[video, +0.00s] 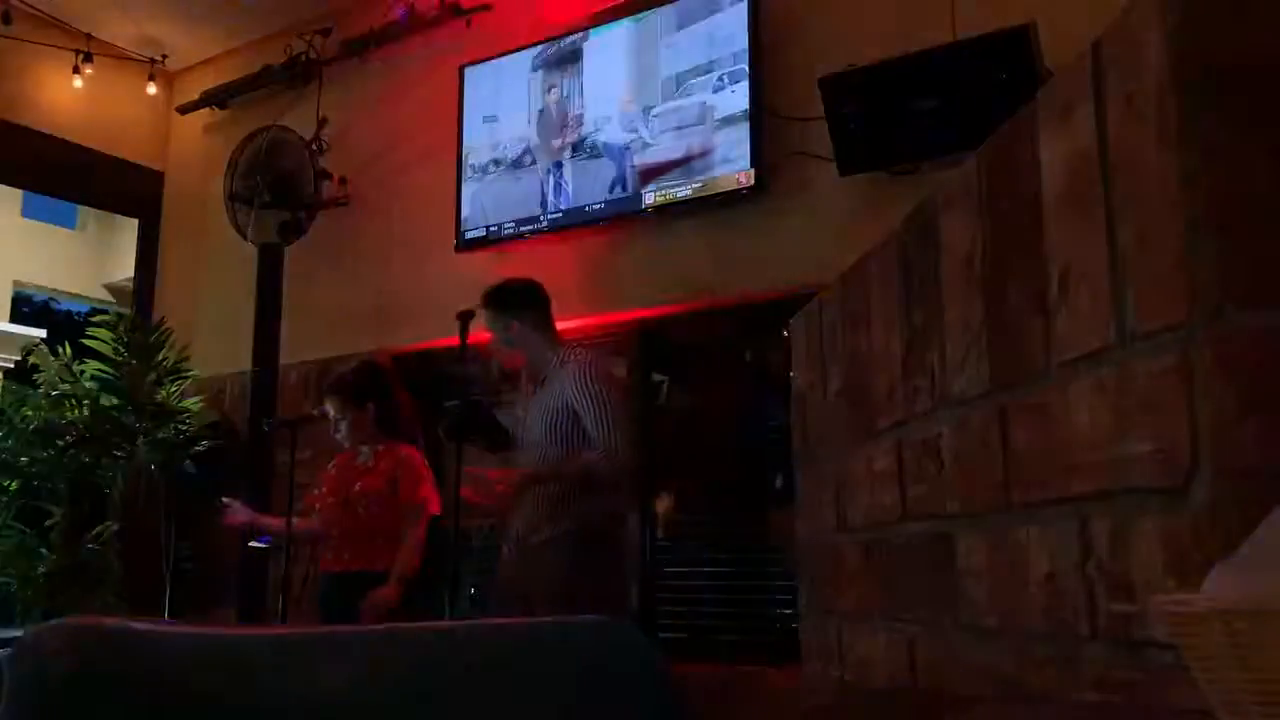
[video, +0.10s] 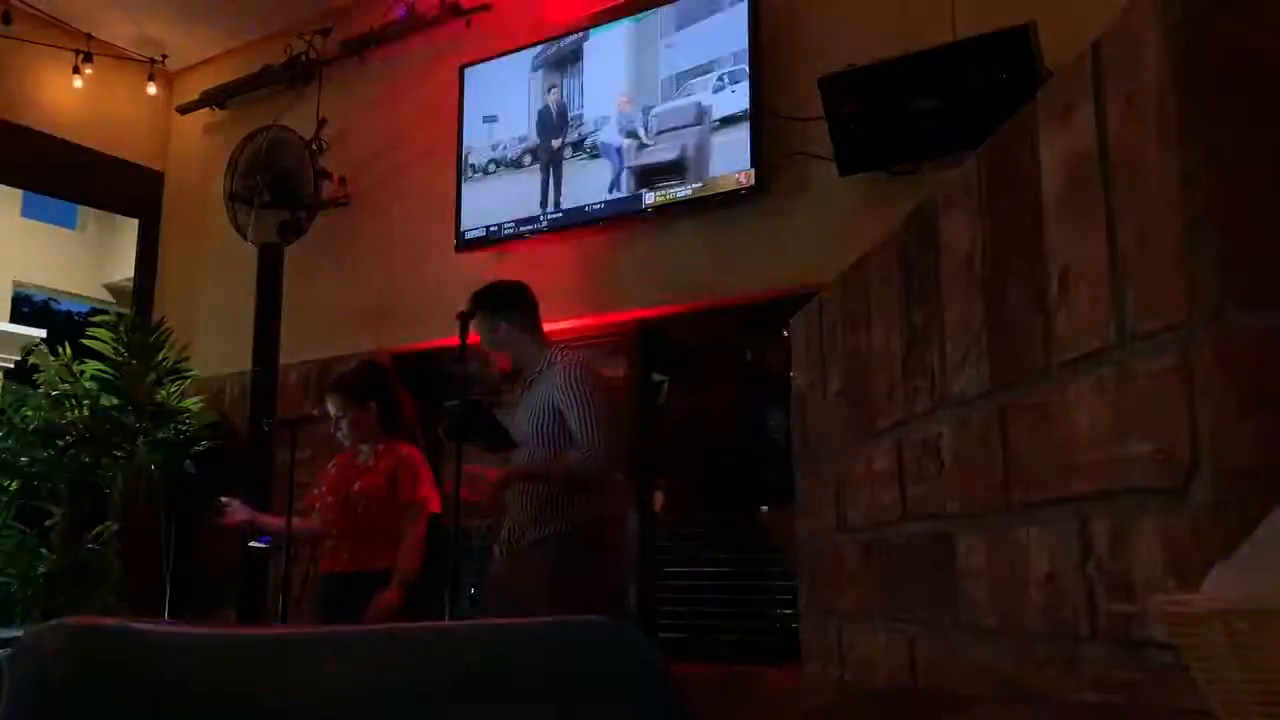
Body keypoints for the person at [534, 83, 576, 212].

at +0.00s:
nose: (556, 96)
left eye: (558, 93)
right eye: (553, 93)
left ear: (559, 94)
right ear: (547, 95)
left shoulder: (562, 109)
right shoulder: (543, 112)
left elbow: (567, 127)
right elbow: (541, 132)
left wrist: (563, 139)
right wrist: (550, 142)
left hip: (560, 148)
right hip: (547, 150)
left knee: (561, 177)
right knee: (548, 177)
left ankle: (562, 204)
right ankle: (547, 206)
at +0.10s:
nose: (556, 96)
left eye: (558, 93)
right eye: (554, 93)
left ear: (559, 95)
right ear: (548, 95)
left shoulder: (562, 109)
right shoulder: (542, 111)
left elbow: (565, 126)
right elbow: (540, 133)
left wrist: (561, 139)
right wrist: (550, 141)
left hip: (558, 148)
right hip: (545, 149)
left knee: (558, 179)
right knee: (545, 178)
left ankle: (557, 206)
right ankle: (543, 207)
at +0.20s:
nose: (556, 96)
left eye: (557, 93)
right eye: (553, 94)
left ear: (559, 95)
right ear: (548, 95)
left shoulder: (562, 109)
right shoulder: (542, 111)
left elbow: (565, 126)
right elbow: (539, 132)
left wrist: (561, 139)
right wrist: (550, 141)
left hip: (558, 148)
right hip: (546, 149)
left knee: (558, 179)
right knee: (545, 179)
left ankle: (557, 206)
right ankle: (543, 207)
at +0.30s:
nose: (556, 96)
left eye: (557, 93)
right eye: (554, 94)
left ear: (559, 95)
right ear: (548, 95)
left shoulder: (562, 110)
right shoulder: (542, 111)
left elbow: (565, 126)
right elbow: (539, 131)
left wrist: (561, 138)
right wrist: (550, 141)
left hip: (558, 147)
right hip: (546, 148)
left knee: (558, 179)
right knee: (545, 179)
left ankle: (557, 205)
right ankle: (543, 207)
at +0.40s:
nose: (556, 96)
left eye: (557, 93)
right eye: (554, 94)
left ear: (559, 95)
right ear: (548, 95)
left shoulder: (562, 110)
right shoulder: (542, 111)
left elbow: (565, 126)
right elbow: (539, 132)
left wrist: (561, 138)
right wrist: (550, 141)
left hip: (558, 148)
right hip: (545, 148)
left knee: (558, 178)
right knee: (545, 179)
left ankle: (557, 205)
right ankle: (543, 207)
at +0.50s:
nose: (556, 96)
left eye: (557, 93)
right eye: (554, 94)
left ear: (559, 95)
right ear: (548, 95)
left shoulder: (562, 110)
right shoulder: (542, 112)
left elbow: (565, 126)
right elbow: (539, 131)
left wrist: (561, 138)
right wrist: (550, 141)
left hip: (558, 148)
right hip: (545, 149)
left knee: (558, 179)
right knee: (545, 179)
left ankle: (557, 205)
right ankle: (543, 207)